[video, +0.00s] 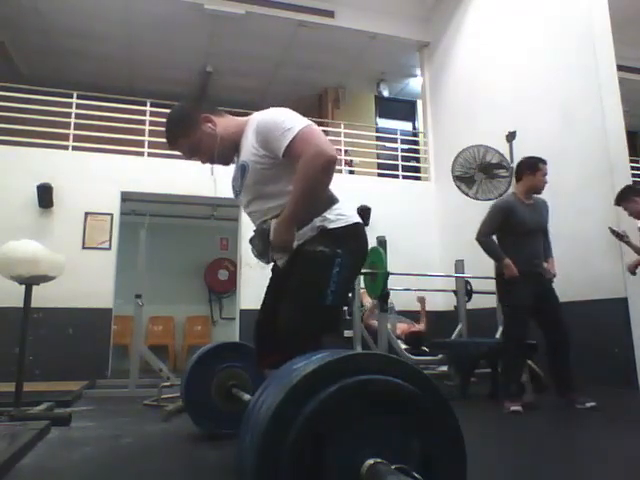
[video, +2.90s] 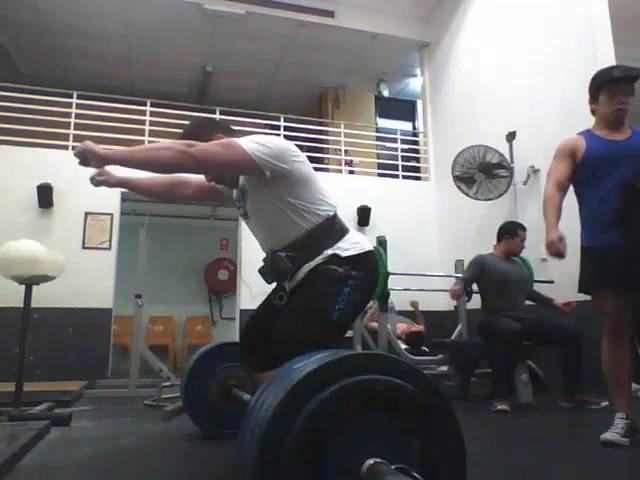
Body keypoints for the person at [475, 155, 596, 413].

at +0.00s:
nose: (546, 180)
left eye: (546, 175)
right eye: (543, 175)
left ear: (532, 176)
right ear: (527, 175)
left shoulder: (541, 206)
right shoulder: (504, 206)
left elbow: (544, 234)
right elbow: (482, 236)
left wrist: (549, 258)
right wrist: (503, 261)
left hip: (539, 279)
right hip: (513, 282)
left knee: (558, 334)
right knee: (515, 339)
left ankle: (567, 393)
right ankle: (511, 398)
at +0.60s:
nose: (572, 198)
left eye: (572, 194)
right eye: (569, 193)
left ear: (557, 195)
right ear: (553, 194)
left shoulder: (563, 227)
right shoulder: (527, 214)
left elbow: (566, 255)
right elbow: (499, 234)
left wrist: (565, 282)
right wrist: (513, 264)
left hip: (536, 286)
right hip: (510, 285)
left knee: (565, 330)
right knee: (508, 335)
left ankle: (563, 391)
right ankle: (499, 395)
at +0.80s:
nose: (574, 223)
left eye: (575, 218)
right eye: (571, 218)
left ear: (558, 219)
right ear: (556, 218)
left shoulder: (563, 250)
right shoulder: (528, 236)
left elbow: (568, 277)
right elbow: (499, 258)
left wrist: (563, 302)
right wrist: (504, 295)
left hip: (527, 298)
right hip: (500, 296)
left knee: (567, 330)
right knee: (501, 332)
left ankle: (563, 392)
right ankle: (498, 396)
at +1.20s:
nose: (544, 246)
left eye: (543, 241)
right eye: (541, 241)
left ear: (530, 244)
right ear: (531, 243)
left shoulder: (536, 270)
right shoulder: (502, 265)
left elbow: (544, 295)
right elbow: (480, 288)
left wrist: (550, 312)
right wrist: (503, 315)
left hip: (526, 322)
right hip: (498, 323)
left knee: (568, 333)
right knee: (508, 337)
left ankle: (564, 392)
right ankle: (497, 397)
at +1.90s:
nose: (514, 242)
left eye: (513, 239)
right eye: (512, 238)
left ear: (499, 240)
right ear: (503, 239)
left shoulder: (510, 268)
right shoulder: (480, 260)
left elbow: (509, 300)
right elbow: (461, 284)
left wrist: (526, 313)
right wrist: (479, 295)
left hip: (517, 317)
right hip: (494, 317)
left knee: (570, 332)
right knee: (507, 334)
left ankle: (573, 392)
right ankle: (501, 397)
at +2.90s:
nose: (523, 246)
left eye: (524, 241)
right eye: (521, 241)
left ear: (510, 239)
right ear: (507, 239)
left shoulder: (519, 265)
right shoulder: (483, 261)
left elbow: (527, 292)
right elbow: (465, 282)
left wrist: (554, 303)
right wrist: (458, 289)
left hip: (522, 319)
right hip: (494, 319)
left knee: (570, 332)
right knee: (510, 332)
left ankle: (573, 394)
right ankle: (502, 397)